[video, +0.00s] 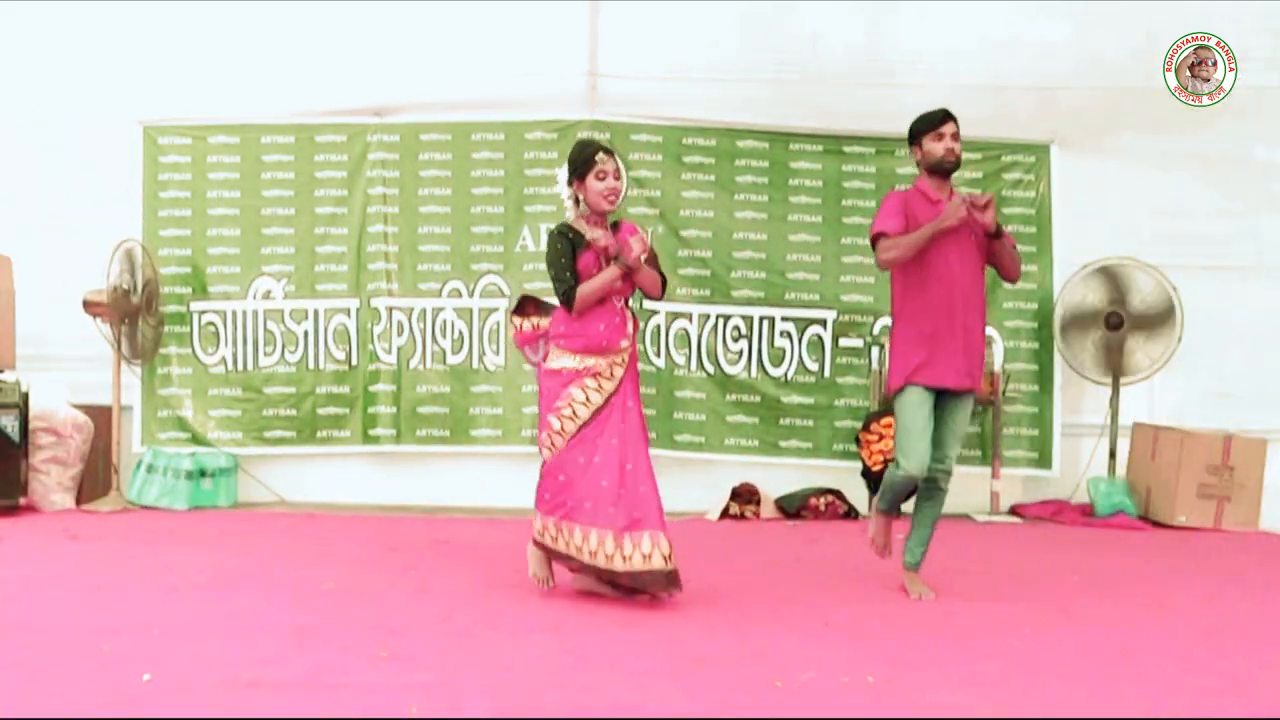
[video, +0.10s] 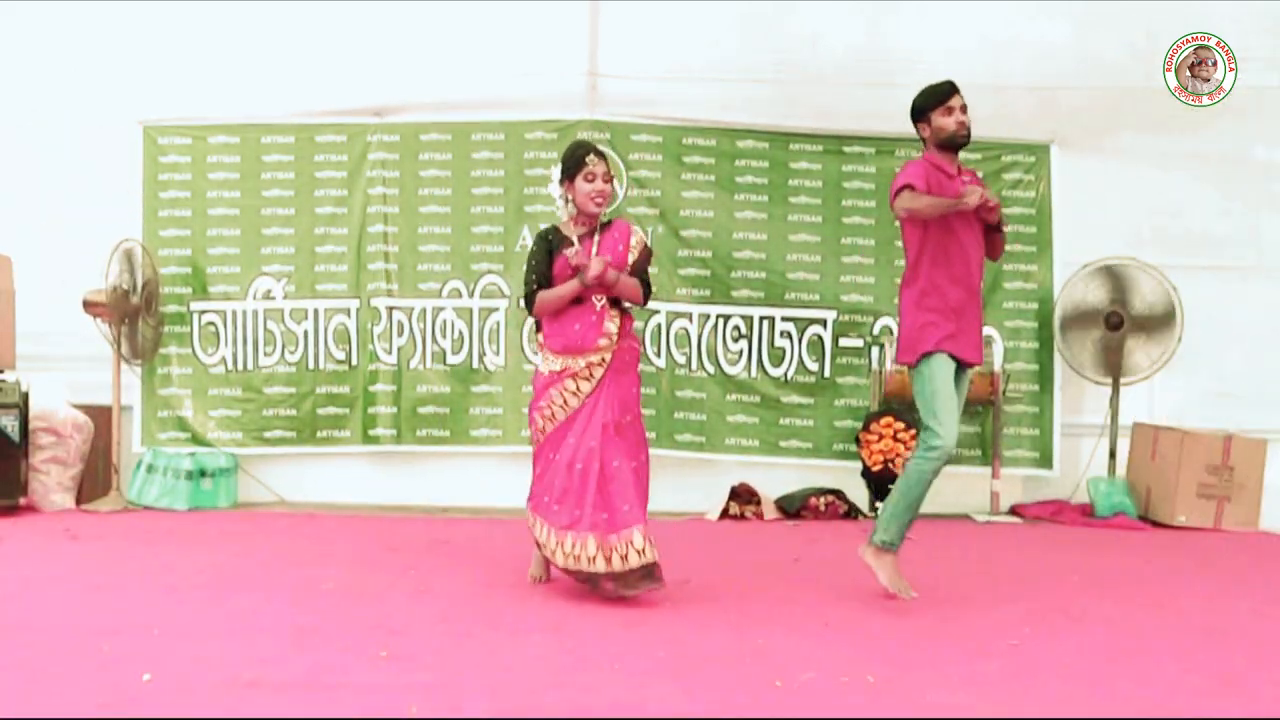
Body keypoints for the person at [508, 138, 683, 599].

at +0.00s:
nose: (613, 185)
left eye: (617, 176)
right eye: (602, 177)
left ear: (623, 182)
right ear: (578, 185)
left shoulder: (628, 232)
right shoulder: (564, 236)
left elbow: (658, 288)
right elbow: (573, 300)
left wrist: (626, 259)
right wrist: (620, 267)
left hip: (617, 356)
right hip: (573, 356)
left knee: (619, 452)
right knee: (573, 453)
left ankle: (610, 559)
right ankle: (543, 542)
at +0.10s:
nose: (601, 188)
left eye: (607, 179)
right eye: (590, 179)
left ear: (614, 186)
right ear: (568, 186)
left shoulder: (627, 237)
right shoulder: (549, 240)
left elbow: (641, 294)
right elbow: (536, 304)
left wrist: (606, 273)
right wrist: (580, 282)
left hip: (614, 362)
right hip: (561, 364)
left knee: (612, 454)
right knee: (558, 456)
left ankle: (610, 559)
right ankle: (544, 546)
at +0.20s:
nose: (592, 198)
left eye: (598, 190)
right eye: (581, 189)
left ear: (606, 197)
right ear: (561, 196)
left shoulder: (623, 250)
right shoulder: (542, 253)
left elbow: (636, 312)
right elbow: (519, 315)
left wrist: (597, 300)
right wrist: (544, 322)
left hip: (609, 375)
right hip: (557, 377)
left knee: (607, 465)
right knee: (558, 465)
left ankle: (608, 566)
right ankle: (562, 565)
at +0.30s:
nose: (584, 197)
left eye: (591, 189)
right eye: (574, 188)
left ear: (599, 198)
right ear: (554, 196)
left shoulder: (615, 252)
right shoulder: (536, 254)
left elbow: (644, 305)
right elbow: (513, 311)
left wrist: (639, 308)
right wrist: (480, 326)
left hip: (604, 375)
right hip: (553, 378)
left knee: (598, 466)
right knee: (552, 465)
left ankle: (595, 568)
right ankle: (553, 562)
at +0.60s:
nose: (595, 195)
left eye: (602, 186)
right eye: (584, 186)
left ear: (611, 193)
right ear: (566, 196)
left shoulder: (628, 247)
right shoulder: (550, 250)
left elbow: (651, 306)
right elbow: (519, 311)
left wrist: (683, 285)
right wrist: (498, 298)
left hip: (617, 376)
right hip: (565, 376)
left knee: (614, 466)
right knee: (566, 464)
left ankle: (608, 564)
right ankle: (560, 560)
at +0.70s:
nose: (605, 207)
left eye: (611, 197)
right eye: (594, 199)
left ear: (620, 202)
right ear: (575, 210)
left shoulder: (635, 258)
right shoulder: (567, 261)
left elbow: (645, 323)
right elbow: (549, 327)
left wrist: (666, 313)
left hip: (629, 384)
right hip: (580, 385)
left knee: (630, 475)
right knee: (588, 476)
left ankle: (610, 568)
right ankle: (548, 547)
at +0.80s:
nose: (612, 204)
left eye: (617, 194)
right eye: (600, 197)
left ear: (625, 199)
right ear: (580, 207)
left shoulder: (634, 253)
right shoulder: (576, 258)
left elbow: (663, 318)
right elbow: (582, 321)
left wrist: (658, 286)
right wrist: (639, 302)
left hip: (630, 379)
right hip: (584, 381)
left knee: (636, 471)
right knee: (606, 471)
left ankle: (610, 560)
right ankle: (553, 538)